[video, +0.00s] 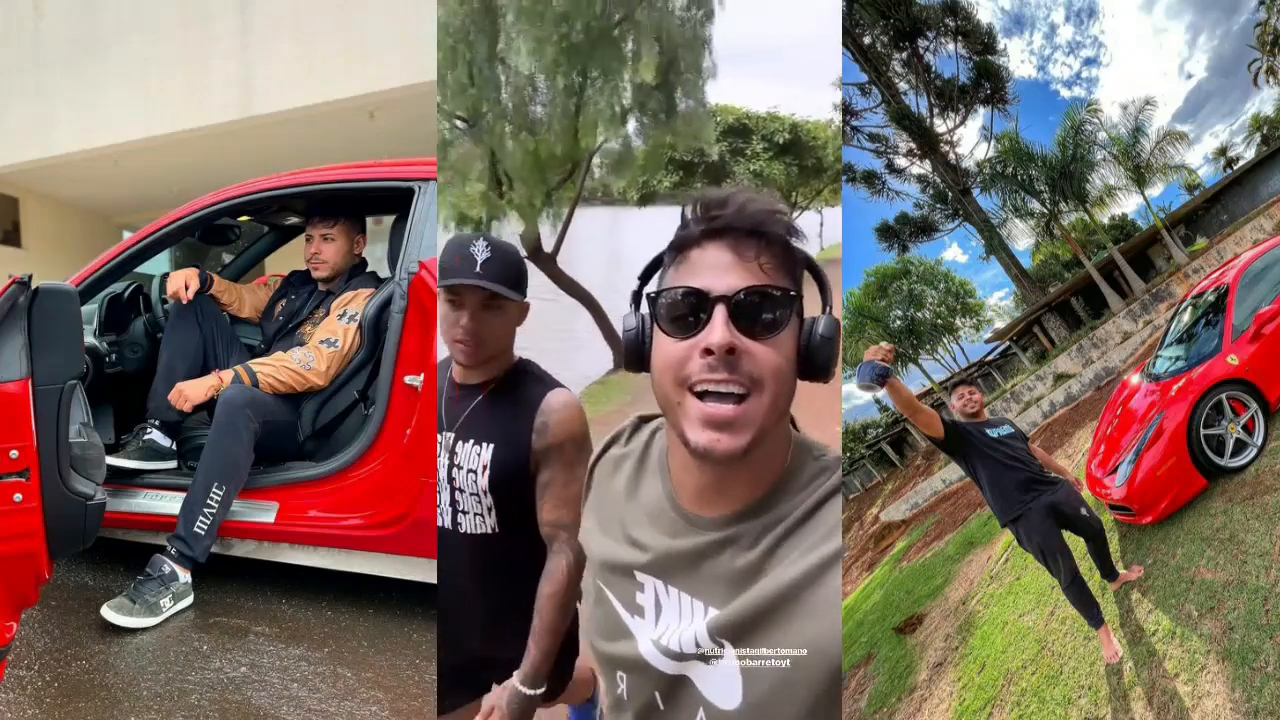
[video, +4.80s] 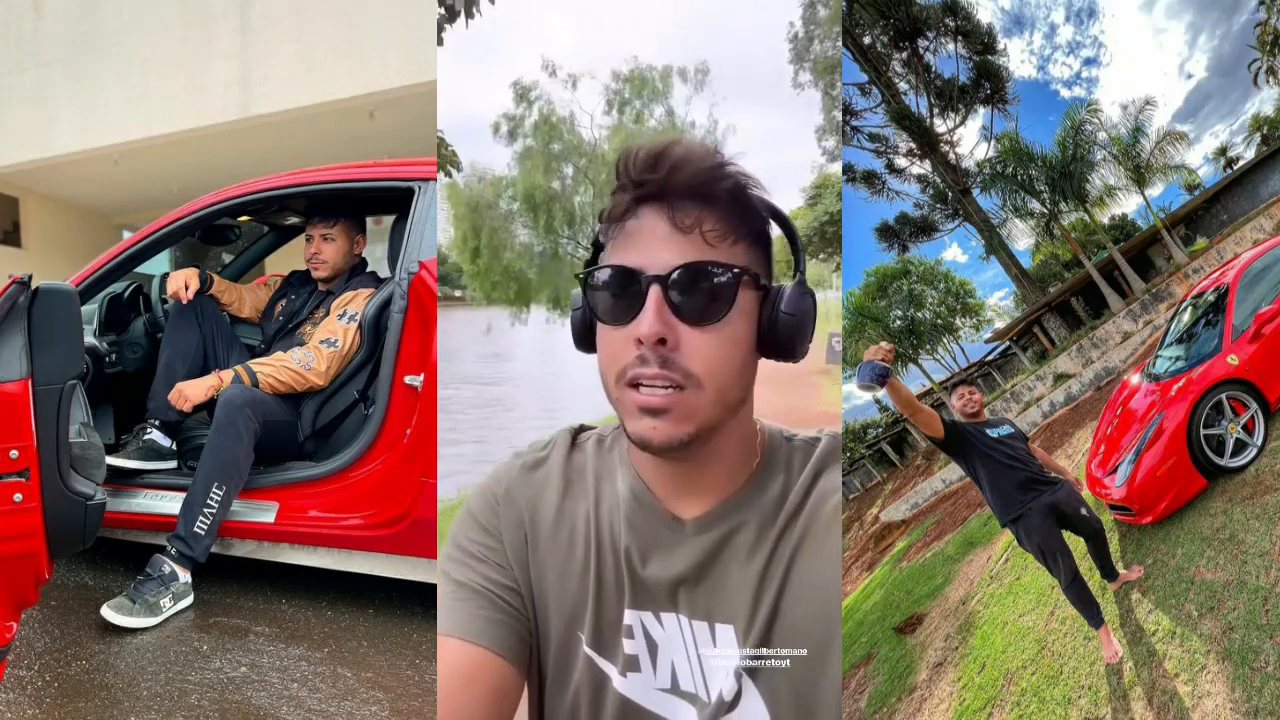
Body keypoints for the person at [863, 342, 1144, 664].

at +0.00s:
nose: (967, 397)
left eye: (971, 392)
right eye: (959, 397)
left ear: (983, 398)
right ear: (953, 410)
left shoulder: (1003, 424)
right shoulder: (957, 436)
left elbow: (1037, 454)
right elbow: (916, 412)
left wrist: (1067, 476)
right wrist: (885, 375)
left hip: (1051, 489)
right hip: (1021, 512)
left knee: (1094, 528)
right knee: (1066, 571)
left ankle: (1113, 576)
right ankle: (1101, 629)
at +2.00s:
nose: (967, 397)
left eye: (971, 392)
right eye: (959, 398)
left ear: (983, 398)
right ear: (953, 411)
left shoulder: (1004, 424)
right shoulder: (957, 436)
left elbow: (1037, 454)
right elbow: (916, 412)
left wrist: (1068, 475)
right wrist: (885, 374)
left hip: (1051, 489)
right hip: (1022, 512)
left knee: (1093, 528)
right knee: (1066, 572)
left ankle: (1114, 576)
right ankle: (1101, 628)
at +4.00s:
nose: (967, 397)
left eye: (971, 392)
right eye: (959, 397)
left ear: (983, 398)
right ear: (953, 410)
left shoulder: (1003, 424)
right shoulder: (957, 436)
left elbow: (1037, 454)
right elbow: (916, 412)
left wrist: (1067, 476)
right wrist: (885, 375)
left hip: (1051, 489)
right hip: (1022, 512)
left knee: (1094, 528)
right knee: (1066, 572)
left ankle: (1113, 576)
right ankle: (1101, 628)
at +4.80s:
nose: (967, 397)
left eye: (971, 392)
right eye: (959, 397)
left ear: (983, 399)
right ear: (953, 410)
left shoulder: (1004, 424)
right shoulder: (956, 436)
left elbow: (1036, 453)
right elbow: (916, 412)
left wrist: (1066, 475)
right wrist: (885, 374)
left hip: (1052, 489)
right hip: (1022, 512)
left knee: (1094, 528)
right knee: (1066, 572)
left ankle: (1114, 576)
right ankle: (1101, 628)